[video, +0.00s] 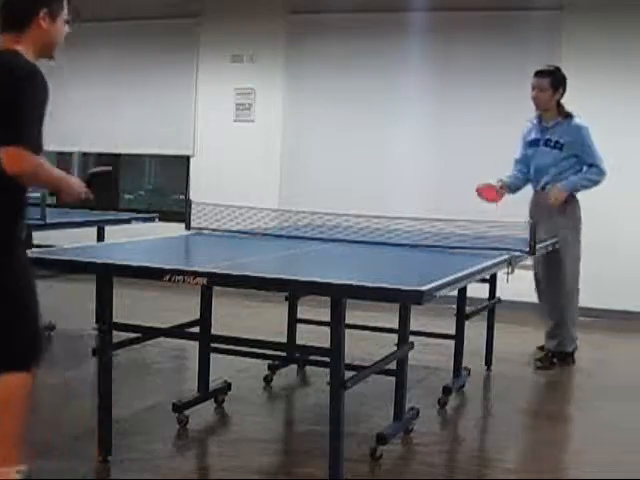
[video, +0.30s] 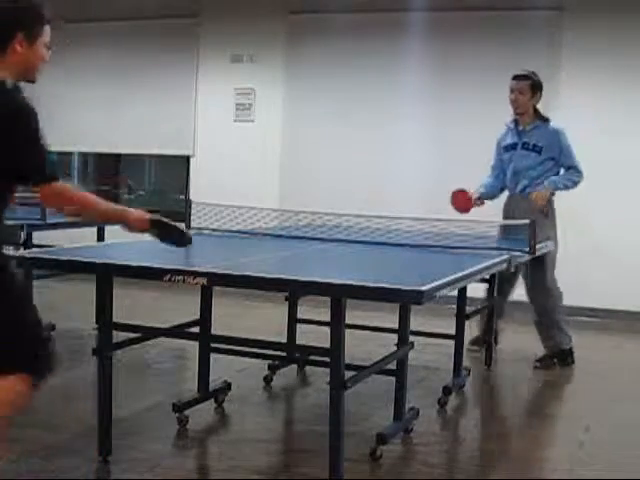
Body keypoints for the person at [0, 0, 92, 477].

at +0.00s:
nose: (65, 32)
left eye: (66, 22)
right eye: (63, 20)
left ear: (28, 19)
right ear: (42, 19)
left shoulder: (8, 69)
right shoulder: (23, 75)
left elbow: (16, 155)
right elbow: (15, 156)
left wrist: (56, 178)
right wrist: (63, 181)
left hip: (6, 243)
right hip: (3, 245)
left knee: (16, 346)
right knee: (17, 349)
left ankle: (10, 463)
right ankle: (9, 465)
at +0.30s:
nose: (46, 58)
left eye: (48, 48)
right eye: (44, 47)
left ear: (16, 44)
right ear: (19, 43)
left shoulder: (8, 101)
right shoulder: (11, 105)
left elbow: (51, 190)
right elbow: (54, 194)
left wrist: (123, 214)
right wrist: (127, 216)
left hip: (2, 258)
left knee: (26, 356)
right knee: (27, 359)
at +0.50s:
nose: (67, 51)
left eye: (69, 41)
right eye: (65, 41)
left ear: (15, 39)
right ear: (40, 41)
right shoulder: (52, 102)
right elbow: (126, 158)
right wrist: (190, 187)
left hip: (5, 253)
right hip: (3, 254)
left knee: (24, 360)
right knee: (30, 364)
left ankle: (11, 468)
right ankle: (11, 472)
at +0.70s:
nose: (81, 36)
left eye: (81, 25)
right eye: (79, 25)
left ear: (22, 25)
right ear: (59, 29)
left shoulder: (4, 70)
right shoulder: (73, 92)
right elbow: (110, 161)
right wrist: (137, 158)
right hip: (22, 255)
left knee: (21, 374)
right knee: (31, 379)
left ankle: (14, 467)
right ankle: (15, 473)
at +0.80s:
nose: (76, 33)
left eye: (77, 23)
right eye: (75, 22)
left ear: (22, 19)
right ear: (59, 23)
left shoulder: (2, 66)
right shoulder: (73, 89)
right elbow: (81, 173)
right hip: (26, 247)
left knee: (21, 367)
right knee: (28, 372)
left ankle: (15, 465)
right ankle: (17, 471)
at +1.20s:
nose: (70, 25)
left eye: (70, 17)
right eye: (70, 16)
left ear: (10, 15)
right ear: (58, 15)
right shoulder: (60, 71)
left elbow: (108, 133)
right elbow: (109, 133)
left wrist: (105, 195)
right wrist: (110, 195)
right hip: (18, 236)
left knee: (34, 359)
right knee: (36, 363)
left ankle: (13, 465)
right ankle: (13, 468)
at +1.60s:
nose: (80, 43)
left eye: (78, 34)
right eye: (79, 34)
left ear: (23, 34)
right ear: (68, 35)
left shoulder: (3, 78)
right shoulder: (62, 86)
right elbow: (69, 164)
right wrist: (104, 205)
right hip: (19, 258)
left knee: (28, 373)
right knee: (45, 380)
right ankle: (10, 471)